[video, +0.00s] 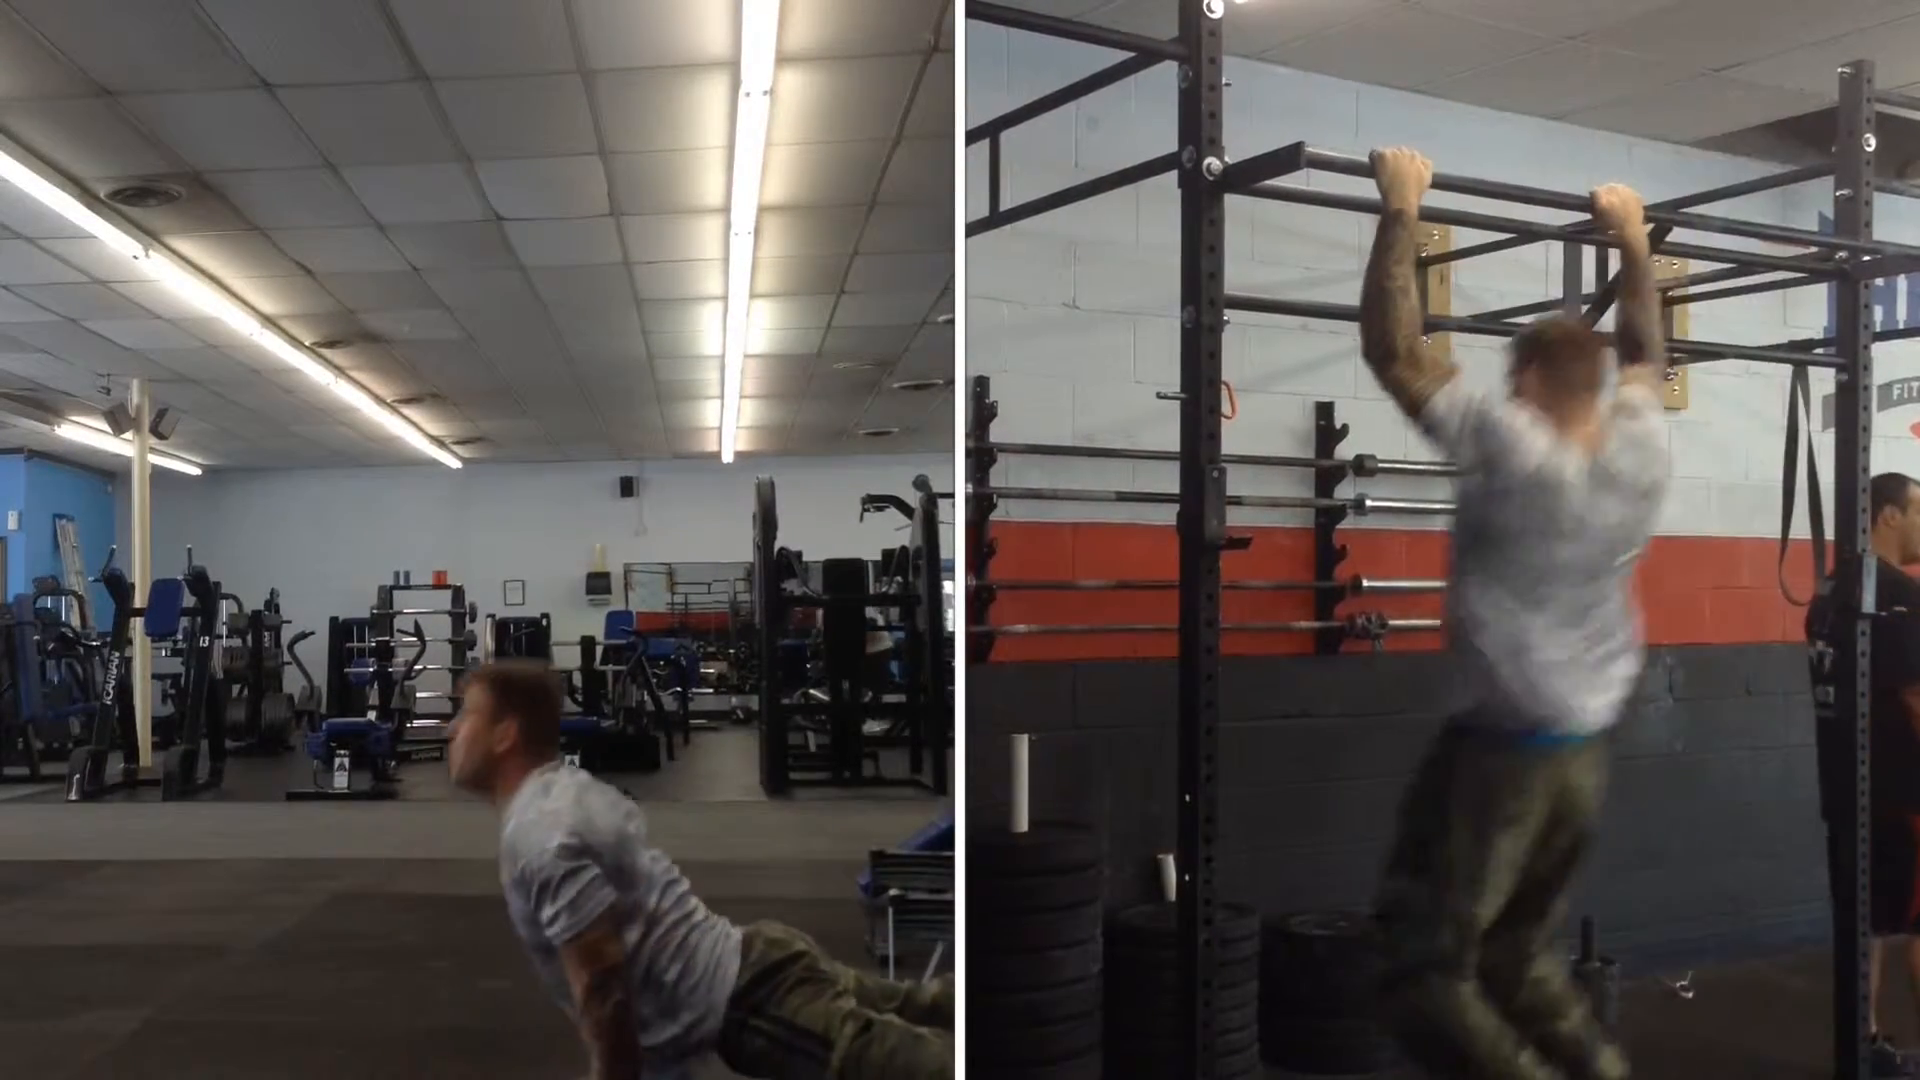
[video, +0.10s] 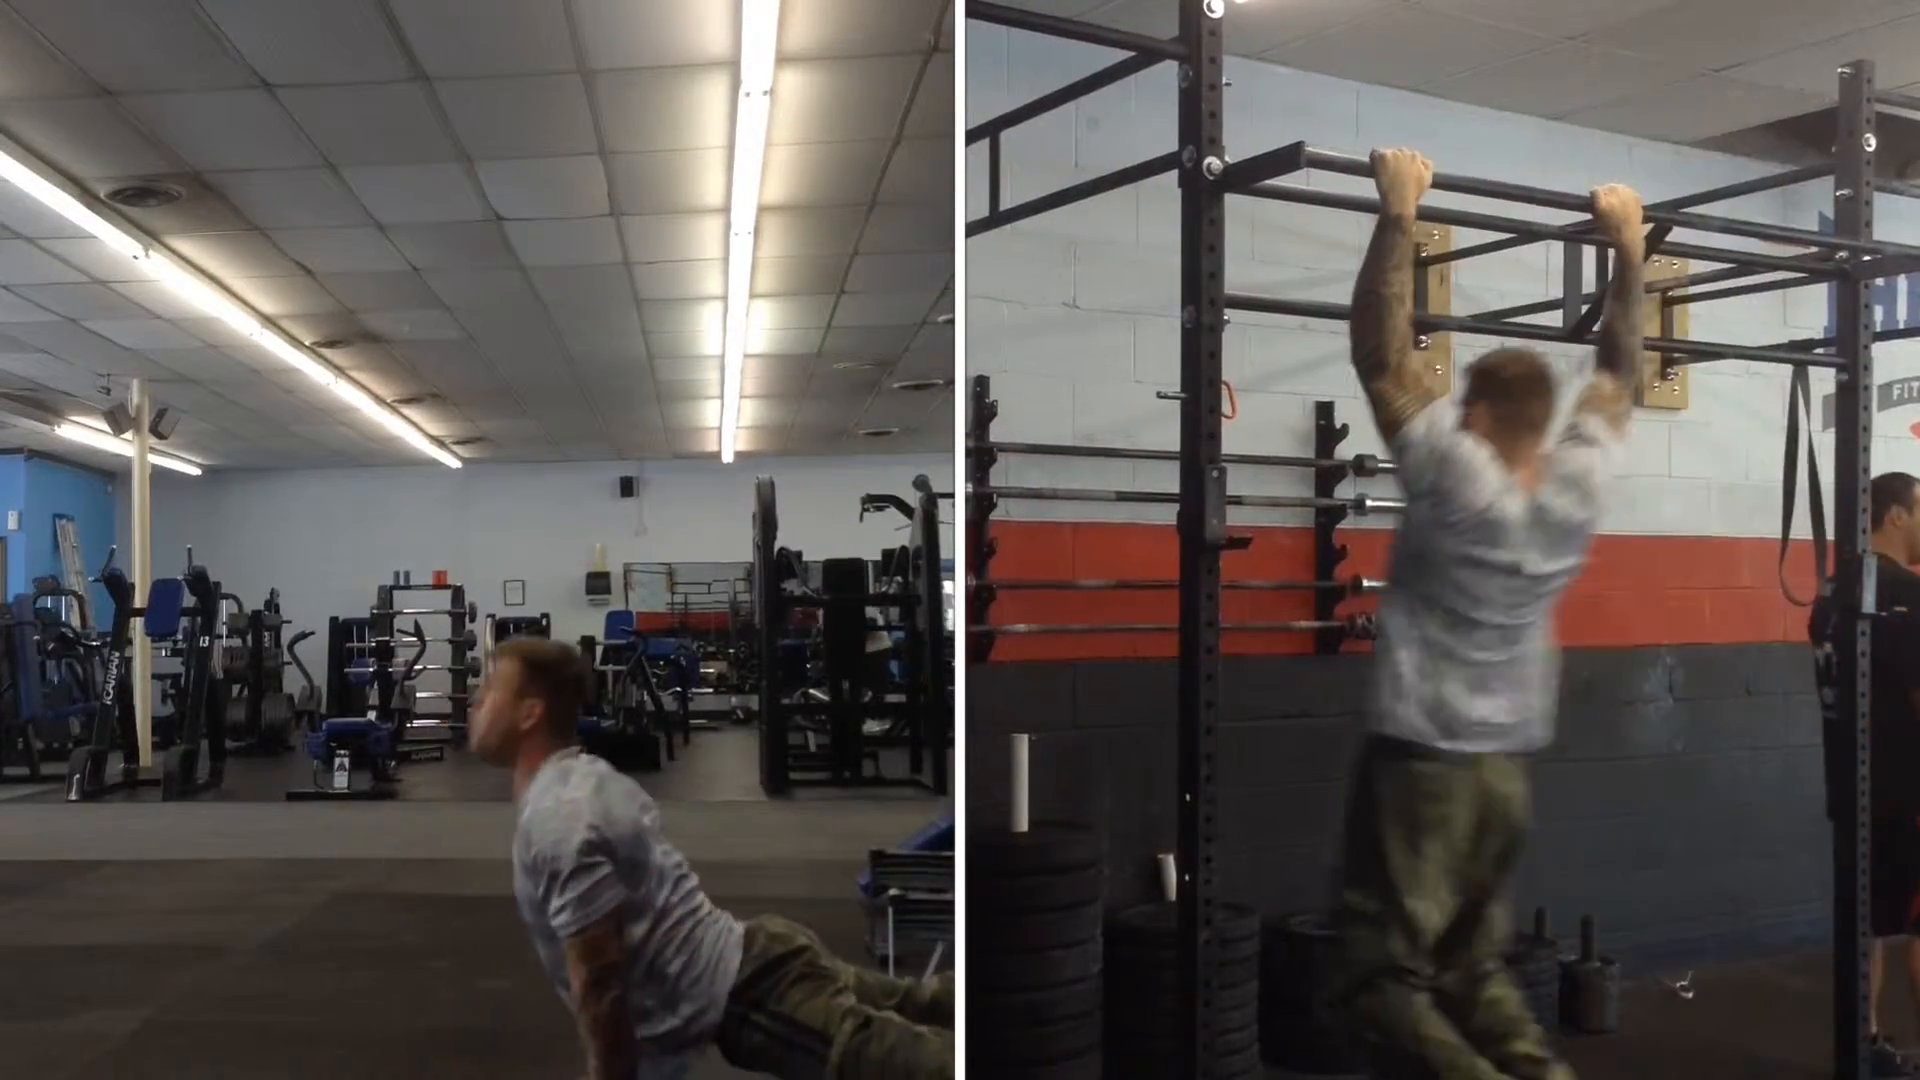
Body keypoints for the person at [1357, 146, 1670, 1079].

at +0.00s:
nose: (1513, 379)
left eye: (1521, 366)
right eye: (1523, 366)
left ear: (1530, 376)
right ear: (1602, 383)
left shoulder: (1506, 445)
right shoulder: (1639, 456)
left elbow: (1392, 352)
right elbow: (1643, 357)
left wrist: (1398, 213)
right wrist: (1635, 245)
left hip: (1500, 755)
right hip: (1585, 760)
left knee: (1424, 967)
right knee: (1518, 960)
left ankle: (1526, 1069)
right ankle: (1601, 1067)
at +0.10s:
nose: (1461, 409)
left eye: (1468, 399)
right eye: (1472, 398)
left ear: (1477, 414)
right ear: (1547, 422)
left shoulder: (1446, 477)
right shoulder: (1573, 493)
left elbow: (1378, 354)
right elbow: (1617, 375)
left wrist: (1396, 215)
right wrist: (1629, 254)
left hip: (1420, 767)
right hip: (1506, 770)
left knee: (1379, 973)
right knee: (1470, 968)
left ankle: (1474, 1075)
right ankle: (1542, 1071)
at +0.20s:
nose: (1422, 391)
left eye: (1431, 388)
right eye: (1431, 383)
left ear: (1440, 421)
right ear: (1507, 432)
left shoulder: (1410, 485)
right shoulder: (1524, 502)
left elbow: (1372, 344)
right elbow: (1590, 372)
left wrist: (1394, 217)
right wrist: (1620, 263)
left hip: (1366, 754)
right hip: (1446, 756)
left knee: (1320, 954)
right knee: (1427, 948)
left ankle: (1437, 1070)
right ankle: (1500, 1066)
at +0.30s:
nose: (1411, 385)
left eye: (1421, 380)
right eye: (1421, 377)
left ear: (1431, 411)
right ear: (1496, 425)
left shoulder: (1393, 474)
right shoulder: (1504, 499)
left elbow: (1368, 339)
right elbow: (1575, 368)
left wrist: (1394, 215)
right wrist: (1617, 260)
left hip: (1328, 737)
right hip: (1406, 738)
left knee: (1279, 923)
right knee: (1387, 925)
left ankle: (1384, 1067)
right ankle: (1451, 1062)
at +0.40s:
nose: (1423, 409)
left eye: (1433, 400)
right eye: (1436, 399)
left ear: (1444, 419)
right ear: (1507, 430)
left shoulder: (1401, 478)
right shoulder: (1513, 502)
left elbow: (1361, 343)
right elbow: (1576, 372)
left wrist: (1392, 215)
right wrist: (1619, 260)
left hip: (1313, 716)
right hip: (1394, 724)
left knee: (1245, 884)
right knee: (1345, 890)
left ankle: (1323, 1054)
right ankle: (1390, 1053)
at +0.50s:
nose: (1455, 419)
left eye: (1462, 410)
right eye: (1465, 408)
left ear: (1470, 426)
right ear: (1538, 439)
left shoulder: (1429, 488)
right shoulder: (1545, 509)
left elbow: (1366, 353)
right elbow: (1590, 376)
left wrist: (1394, 218)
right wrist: (1621, 259)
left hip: (1338, 713)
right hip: (1409, 719)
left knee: (1200, 714)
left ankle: (1192, 902)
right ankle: (1285, 922)